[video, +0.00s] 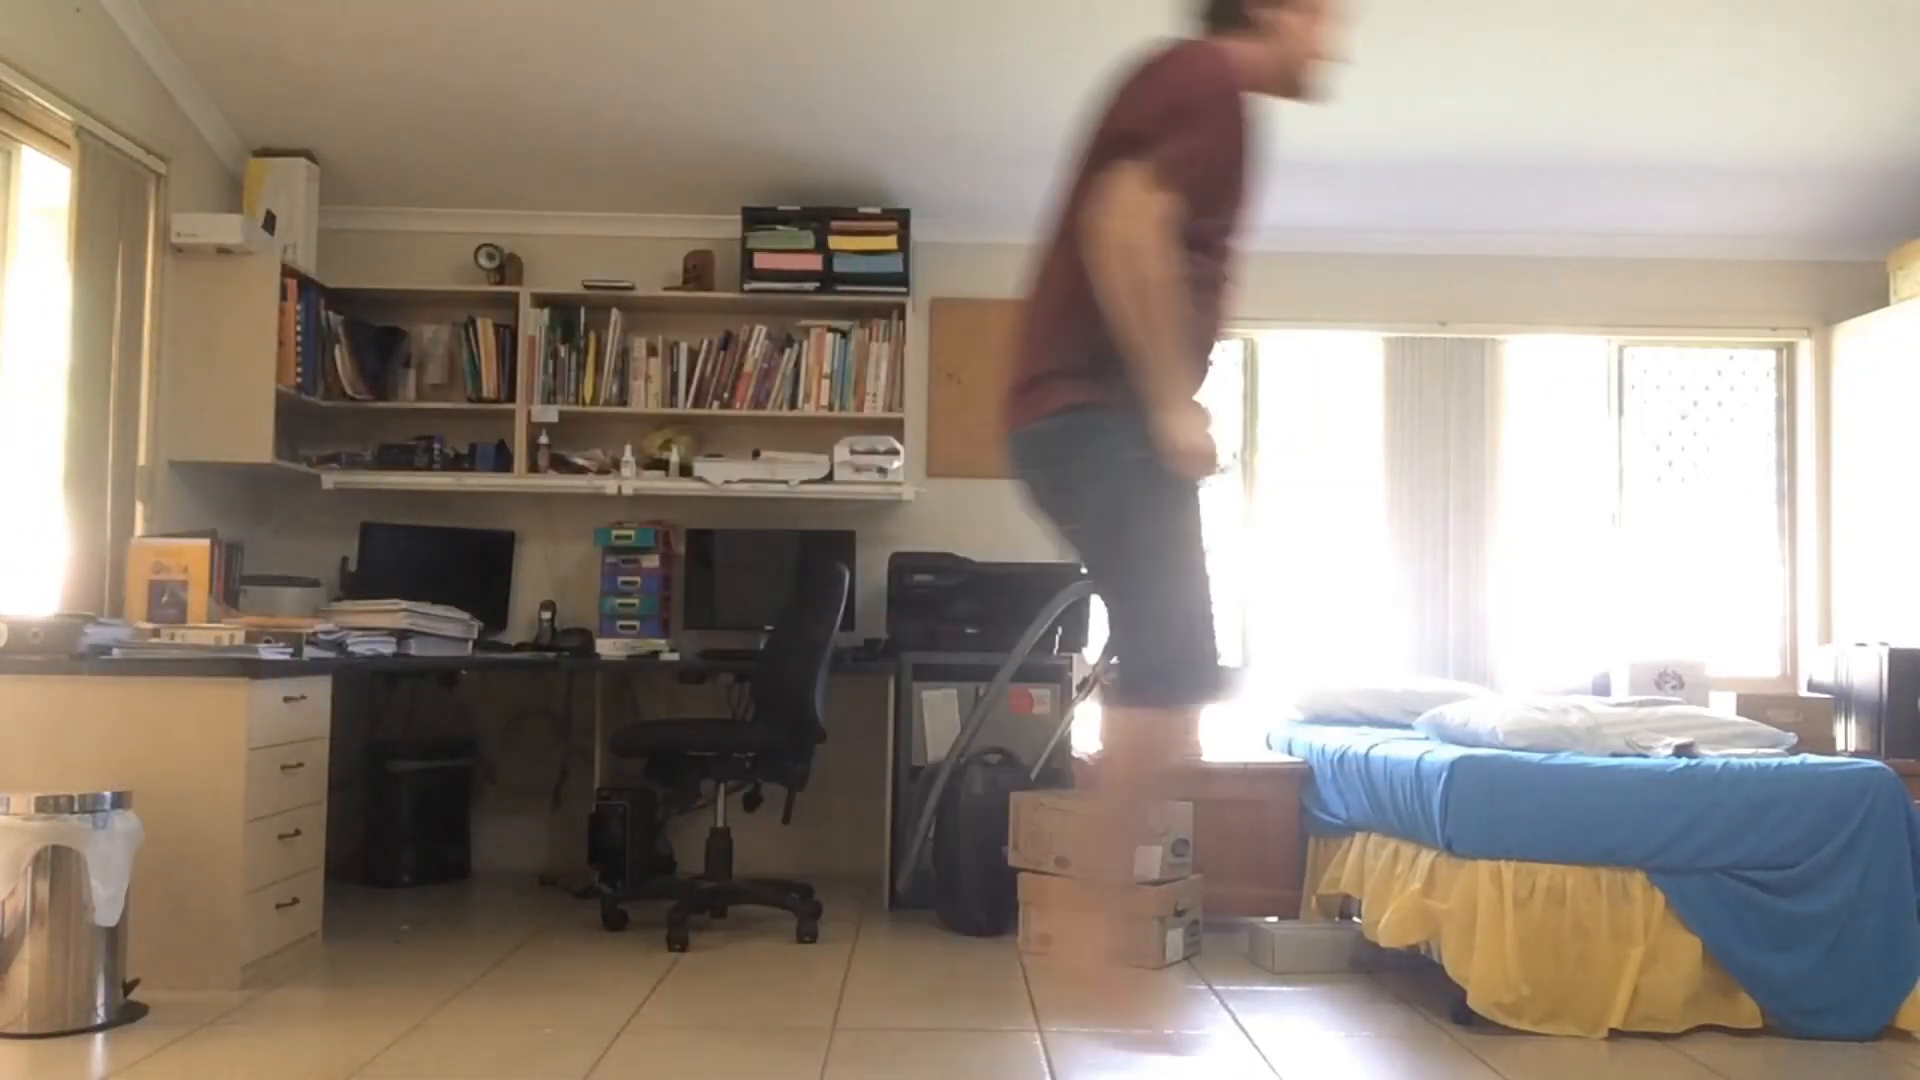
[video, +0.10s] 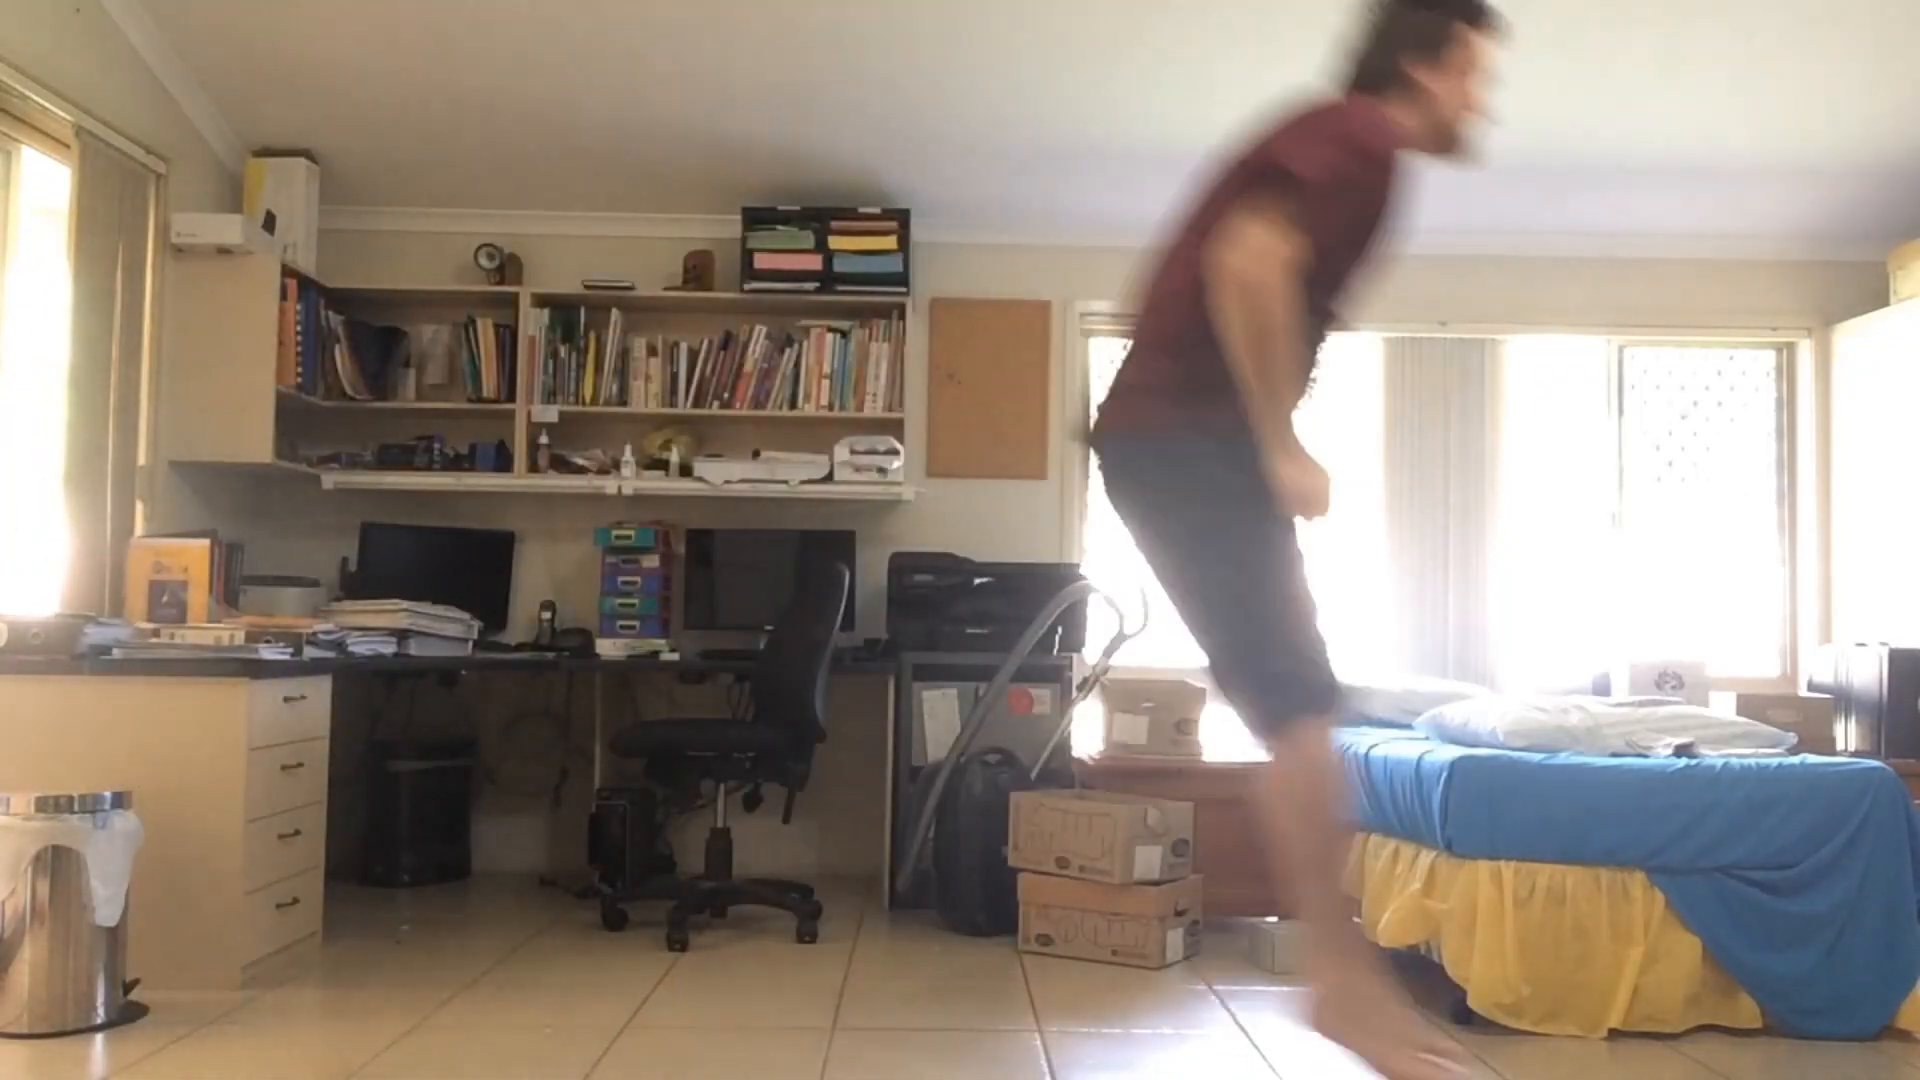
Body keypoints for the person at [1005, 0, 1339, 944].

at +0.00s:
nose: (1334, 46)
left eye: (1333, 27)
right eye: (1326, 23)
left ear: (1267, 17)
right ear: (1277, 14)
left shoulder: (1203, 83)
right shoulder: (1204, 74)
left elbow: (1129, 230)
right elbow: (1125, 217)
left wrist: (1171, 403)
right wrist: (1174, 400)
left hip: (1101, 417)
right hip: (1095, 417)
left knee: (1163, 673)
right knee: (1166, 674)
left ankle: (1127, 926)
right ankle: (1119, 935)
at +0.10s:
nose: (1484, 98)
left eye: (1484, 77)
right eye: (1475, 74)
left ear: (1414, 66)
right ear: (1424, 65)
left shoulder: (1346, 138)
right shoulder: (1353, 134)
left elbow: (1232, 269)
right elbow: (1247, 256)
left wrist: (1263, 430)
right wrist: (1280, 441)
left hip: (1187, 442)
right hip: (1185, 441)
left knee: (1299, 709)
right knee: (1298, 709)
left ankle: (1333, 959)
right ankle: (1340, 977)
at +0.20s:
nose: (1598, 176)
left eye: (1595, 154)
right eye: (1586, 153)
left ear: (1516, 154)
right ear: (1534, 153)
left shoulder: (1445, 226)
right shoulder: (1477, 230)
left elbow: (1350, 373)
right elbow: (1363, 356)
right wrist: (1386, 556)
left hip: (1292, 549)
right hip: (1312, 551)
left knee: (1445, 798)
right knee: (1456, 798)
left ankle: (1413, 1052)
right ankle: (1402, 1059)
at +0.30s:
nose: (1670, 213)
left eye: (1664, 193)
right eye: (1658, 195)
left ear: (1572, 211)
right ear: (1608, 210)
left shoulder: (1524, 297)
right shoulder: (1571, 302)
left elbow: (1477, 472)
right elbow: (1503, 463)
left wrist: (1496, 645)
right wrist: (1507, 651)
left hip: (1412, 639)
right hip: (1441, 643)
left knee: (1533, 861)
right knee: (1577, 875)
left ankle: (1426, 1058)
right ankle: (1403, 1064)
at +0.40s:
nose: (1734, 148)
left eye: (1729, 127)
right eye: (1723, 128)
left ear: (1618, 144)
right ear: (1681, 138)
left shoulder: (1566, 248)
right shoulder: (1666, 234)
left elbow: (1469, 398)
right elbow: (1594, 375)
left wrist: (1483, 545)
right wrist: (1637, 555)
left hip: (1523, 573)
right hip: (1579, 574)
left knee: (1583, 829)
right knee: (1626, 835)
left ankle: (1440, 1040)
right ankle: (1425, 1046)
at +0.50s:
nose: (1800, 79)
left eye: (1803, 58)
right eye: (1796, 56)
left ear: (1699, 50)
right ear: (1753, 44)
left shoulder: (1636, 150)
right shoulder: (1744, 112)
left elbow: (1523, 292)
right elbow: (1671, 218)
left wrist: (1578, 434)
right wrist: (1760, 396)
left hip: (1689, 482)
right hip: (1764, 478)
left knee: (1675, 729)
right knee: (1738, 741)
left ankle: (1522, 944)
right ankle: (1528, 936)